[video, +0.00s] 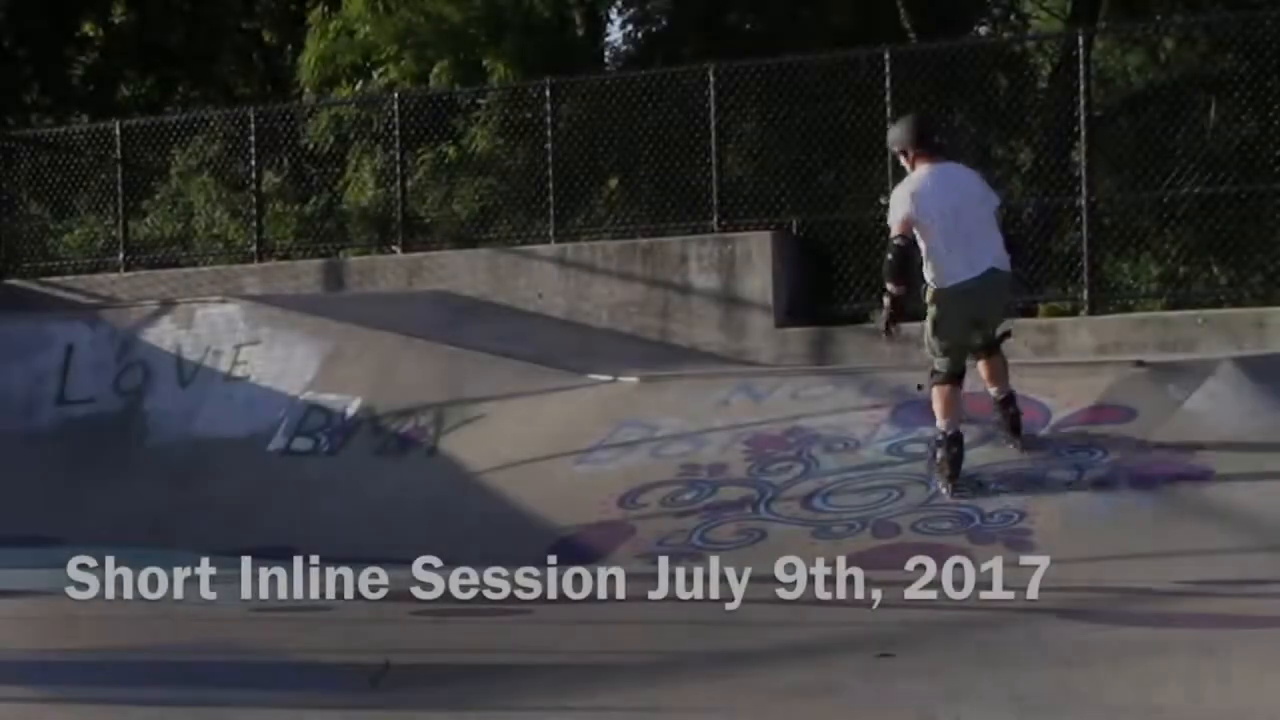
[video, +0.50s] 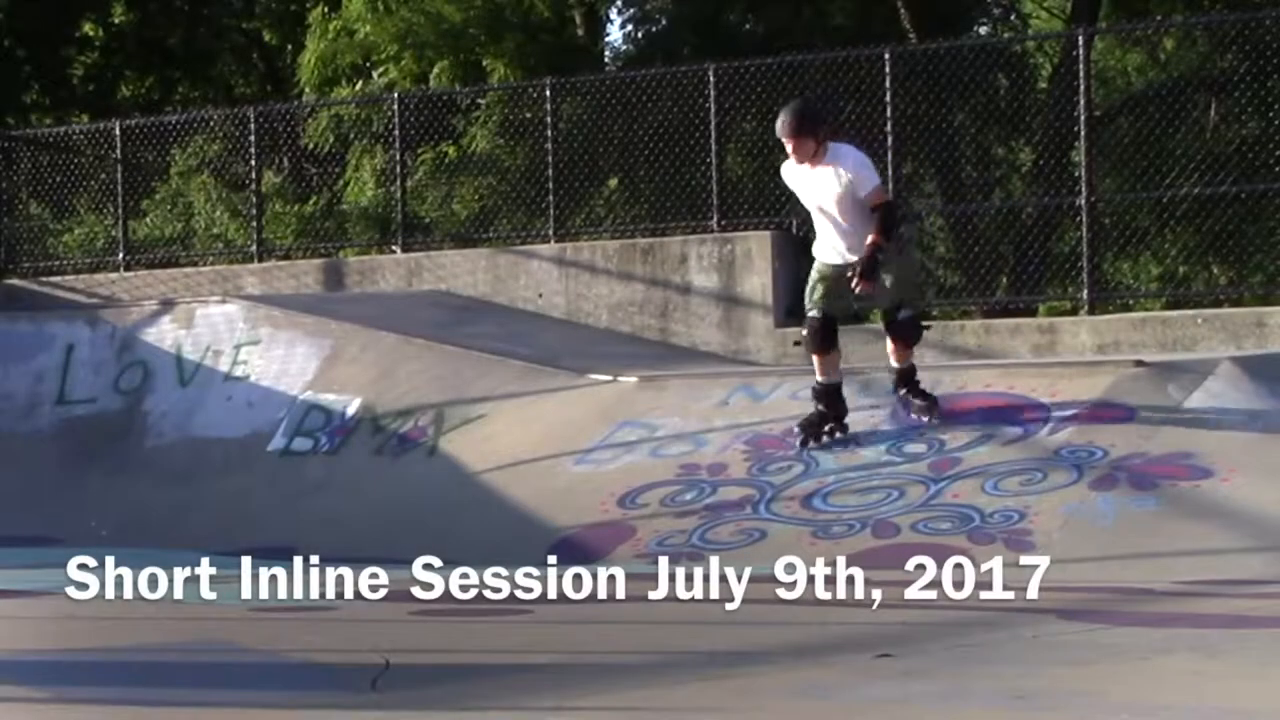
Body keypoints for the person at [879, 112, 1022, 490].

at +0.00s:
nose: (900, 164)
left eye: (899, 157)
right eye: (899, 157)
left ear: (906, 155)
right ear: (936, 145)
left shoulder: (908, 191)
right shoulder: (970, 176)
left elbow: (898, 255)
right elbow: (996, 223)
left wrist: (893, 301)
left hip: (950, 291)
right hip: (996, 279)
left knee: (946, 373)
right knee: (987, 344)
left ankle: (948, 456)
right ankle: (1007, 406)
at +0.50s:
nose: (791, 149)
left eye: (797, 140)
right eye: (785, 142)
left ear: (818, 136)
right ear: (782, 141)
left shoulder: (851, 162)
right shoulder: (789, 171)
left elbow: (885, 212)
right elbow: (824, 209)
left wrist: (869, 261)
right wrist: (844, 245)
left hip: (881, 252)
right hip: (830, 258)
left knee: (903, 326)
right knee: (818, 329)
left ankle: (907, 388)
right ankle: (830, 407)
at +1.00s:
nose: (766, 196)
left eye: (767, 188)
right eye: (761, 187)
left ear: (741, 187)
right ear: (738, 186)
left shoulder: (736, 216)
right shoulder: (716, 211)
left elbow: (769, 240)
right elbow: (679, 256)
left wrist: (796, 242)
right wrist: (682, 301)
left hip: (647, 299)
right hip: (672, 302)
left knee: (675, 379)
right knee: (740, 355)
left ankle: (634, 446)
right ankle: (739, 441)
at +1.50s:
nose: (544, 278)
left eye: (547, 271)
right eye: (544, 270)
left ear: (508, 259)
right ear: (527, 261)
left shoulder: (473, 280)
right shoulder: (521, 284)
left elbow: (432, 316)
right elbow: (549, 317)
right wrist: (600, 327)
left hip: (427, 366)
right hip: (469, 371)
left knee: (440, 460)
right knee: (493, 443)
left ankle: (395, 524)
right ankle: (479, 528)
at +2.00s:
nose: (358, 257)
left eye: (359, 250)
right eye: (355, 248)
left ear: (310, 244)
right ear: (336, 244)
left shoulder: (278, 272)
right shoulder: (341, 273)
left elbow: (231, 342)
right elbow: (395, 316)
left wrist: (236, 393)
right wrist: (425, 335)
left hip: (250, 360)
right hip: (301, 362)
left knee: (261, 458)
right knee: (307, 455)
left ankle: (230, 532)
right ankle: (300, 536)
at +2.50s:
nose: (232, 219)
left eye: (233, 210)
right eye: (228, 209)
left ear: (181, 209)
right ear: (208, 207)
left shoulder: (139, 249)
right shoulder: (218, 253)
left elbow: (101, 324)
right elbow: (244, 335)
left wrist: (91, 386)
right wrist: (233, 373)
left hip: (127, 359)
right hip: (184, 358)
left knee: (136, 473)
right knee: (227, 449)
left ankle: (88, 550)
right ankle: (215, 552)